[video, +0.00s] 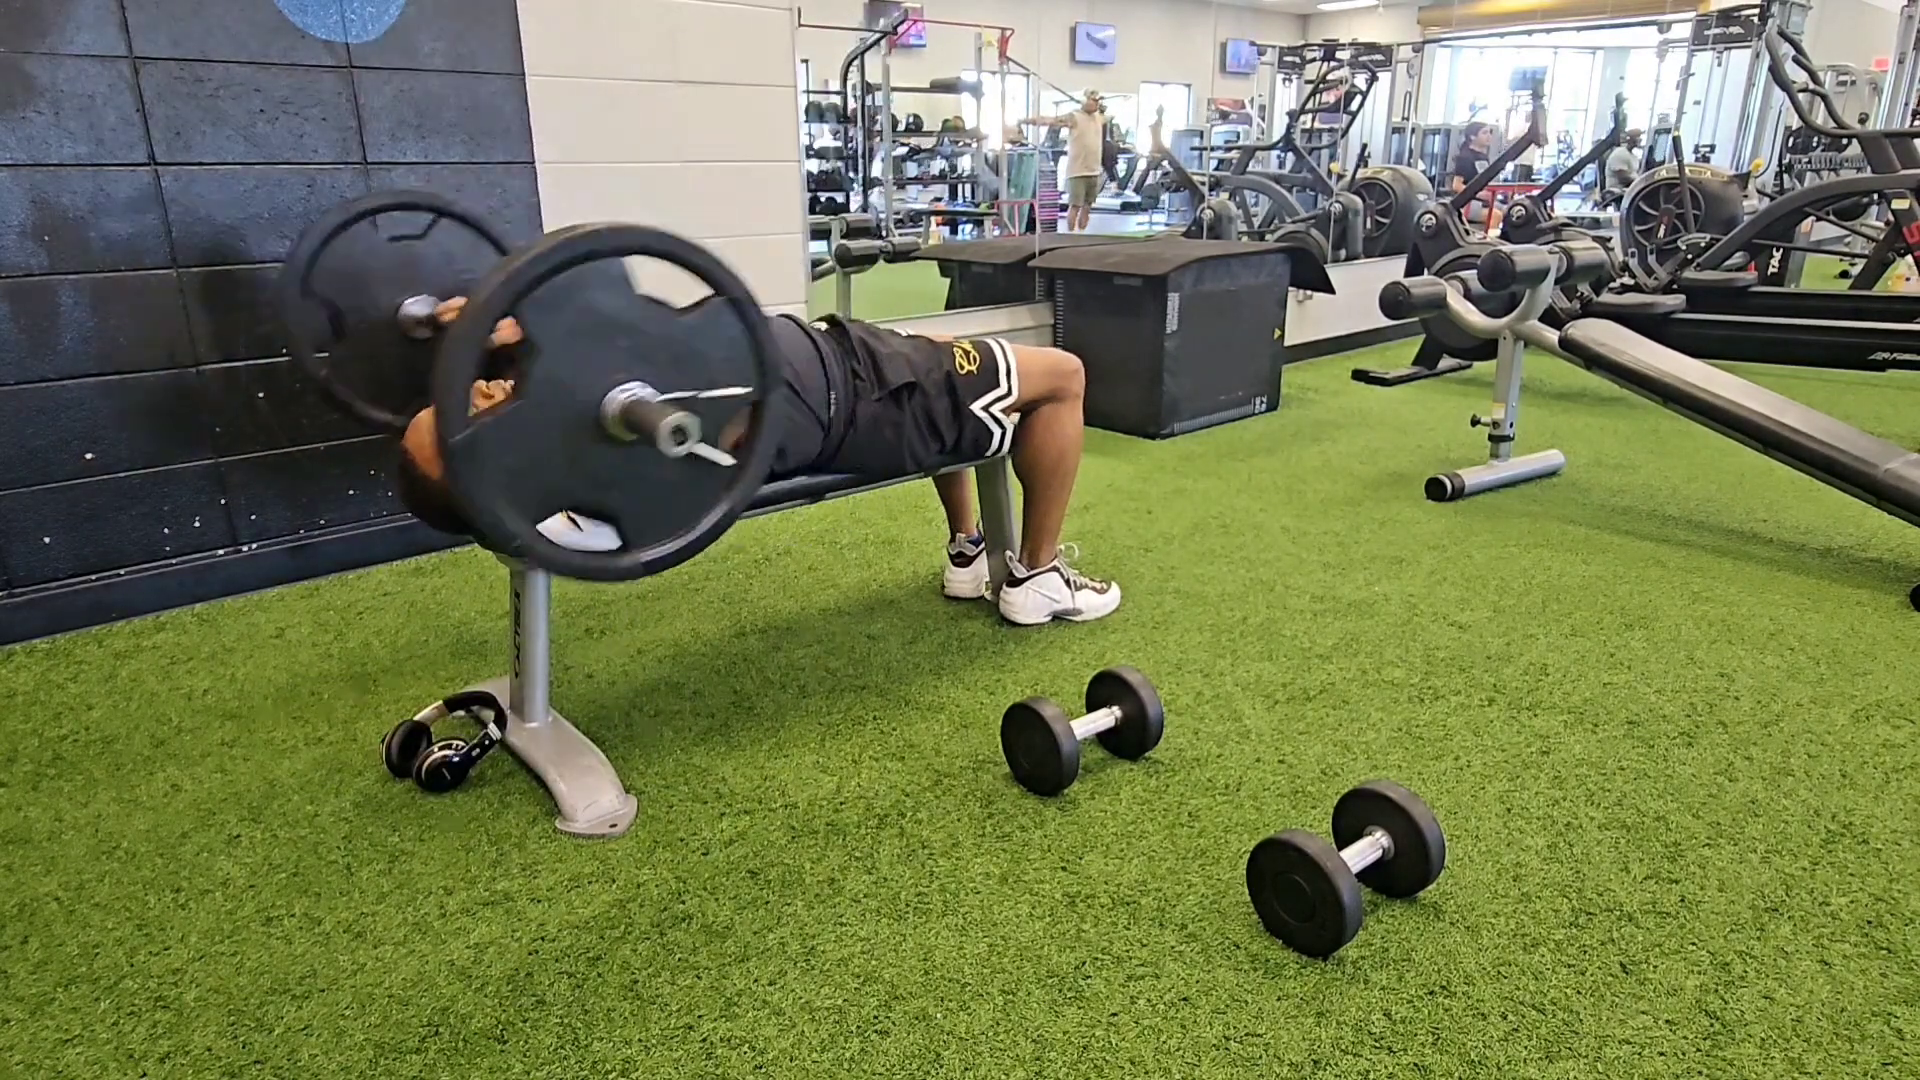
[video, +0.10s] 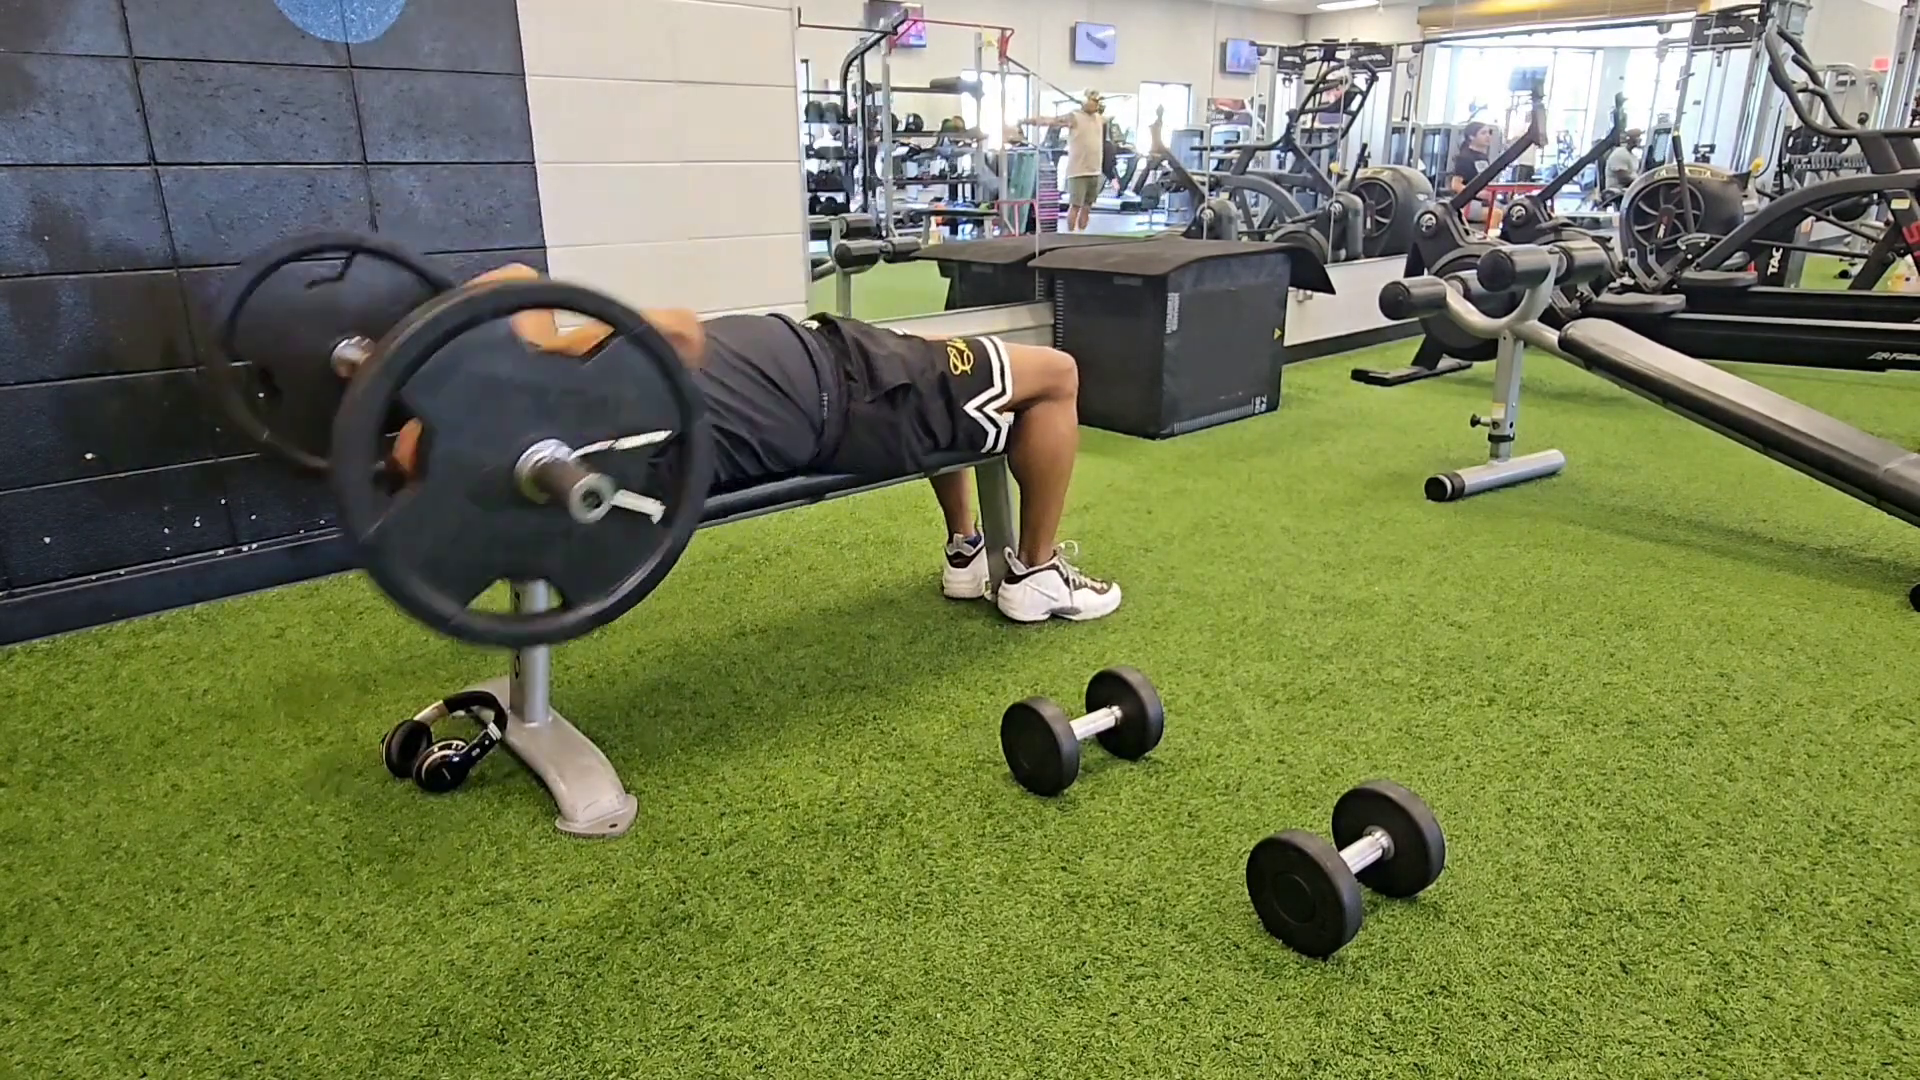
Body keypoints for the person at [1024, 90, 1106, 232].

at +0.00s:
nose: (1097, 104)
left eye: (1098, 101)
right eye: (1094, 100)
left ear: (1098, 103)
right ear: (1086, 101)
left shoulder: (1099, 118)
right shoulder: (1075, 116)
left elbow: (1108, 118)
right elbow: (1053, 121)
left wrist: (1110, 116)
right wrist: (1031, 121)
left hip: (1094, 169)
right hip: (1076, 169)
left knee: (1087, 206)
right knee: (1076, 205)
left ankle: (1081, 234)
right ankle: (1071, 234)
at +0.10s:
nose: (1097, 104)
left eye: (1098, 101)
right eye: (1094, 101)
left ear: (1098, 104)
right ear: (1086, 101)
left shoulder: (1099, 119)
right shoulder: (1075, 117)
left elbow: (1108, 119)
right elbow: (1052, 121)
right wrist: (1027, 121)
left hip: (1094, 170)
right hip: (1077, 170)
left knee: (1087, 206)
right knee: (1076, 205)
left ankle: (1081, 234)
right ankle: (1071, 234)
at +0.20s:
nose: (1098, 104)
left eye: (1099, 101)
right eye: (1095, 100)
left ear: (1098, 103)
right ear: (1086, 101)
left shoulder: (1099, 118)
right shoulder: (1075, 116)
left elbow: (1107, 120)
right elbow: (1053, 121)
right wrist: (1029, 122)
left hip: (1095, 170)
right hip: (1078, 170)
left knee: (1087, 207)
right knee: (1076, 205)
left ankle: (1081, 235)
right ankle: (1071, 235)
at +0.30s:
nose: (1098, 104)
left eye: (1099, 101)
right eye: (1095, 100)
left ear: (1099, 103)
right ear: (1086, 101)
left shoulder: (1099, 119)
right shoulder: (1076, 117)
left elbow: (1108, 121)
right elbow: (1053, 121)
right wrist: (1029, 122)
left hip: (1095, 170)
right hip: (1078, 169)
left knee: (1087, 207)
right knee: (1076, 205)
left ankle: (1081, 235)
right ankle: (1071, 235)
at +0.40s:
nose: (1099, 104)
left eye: (1099, 101)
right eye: (1096, 100)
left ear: (1098, 103)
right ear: (1087, 101)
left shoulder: (1100, 118)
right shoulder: (1076, 117)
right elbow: (1053, 122)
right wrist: (1029, 122)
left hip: (1095, 170)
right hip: (1078, 170)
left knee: (1087, 207)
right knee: (1076, 205)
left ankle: (1081, 235)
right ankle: (1071, 235)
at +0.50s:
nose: (1099, 104)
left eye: (1099, 101)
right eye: (1096, 100)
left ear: (1098, 103)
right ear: (1087, 101)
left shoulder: (1099, 118)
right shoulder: (1076, 117)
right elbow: (1054, 122)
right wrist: (1030, 122)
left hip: (1095, 170)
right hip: (1078, 170)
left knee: (1087, 207)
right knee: (1076, 205)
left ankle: (1081, 235)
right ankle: (1071, 235)